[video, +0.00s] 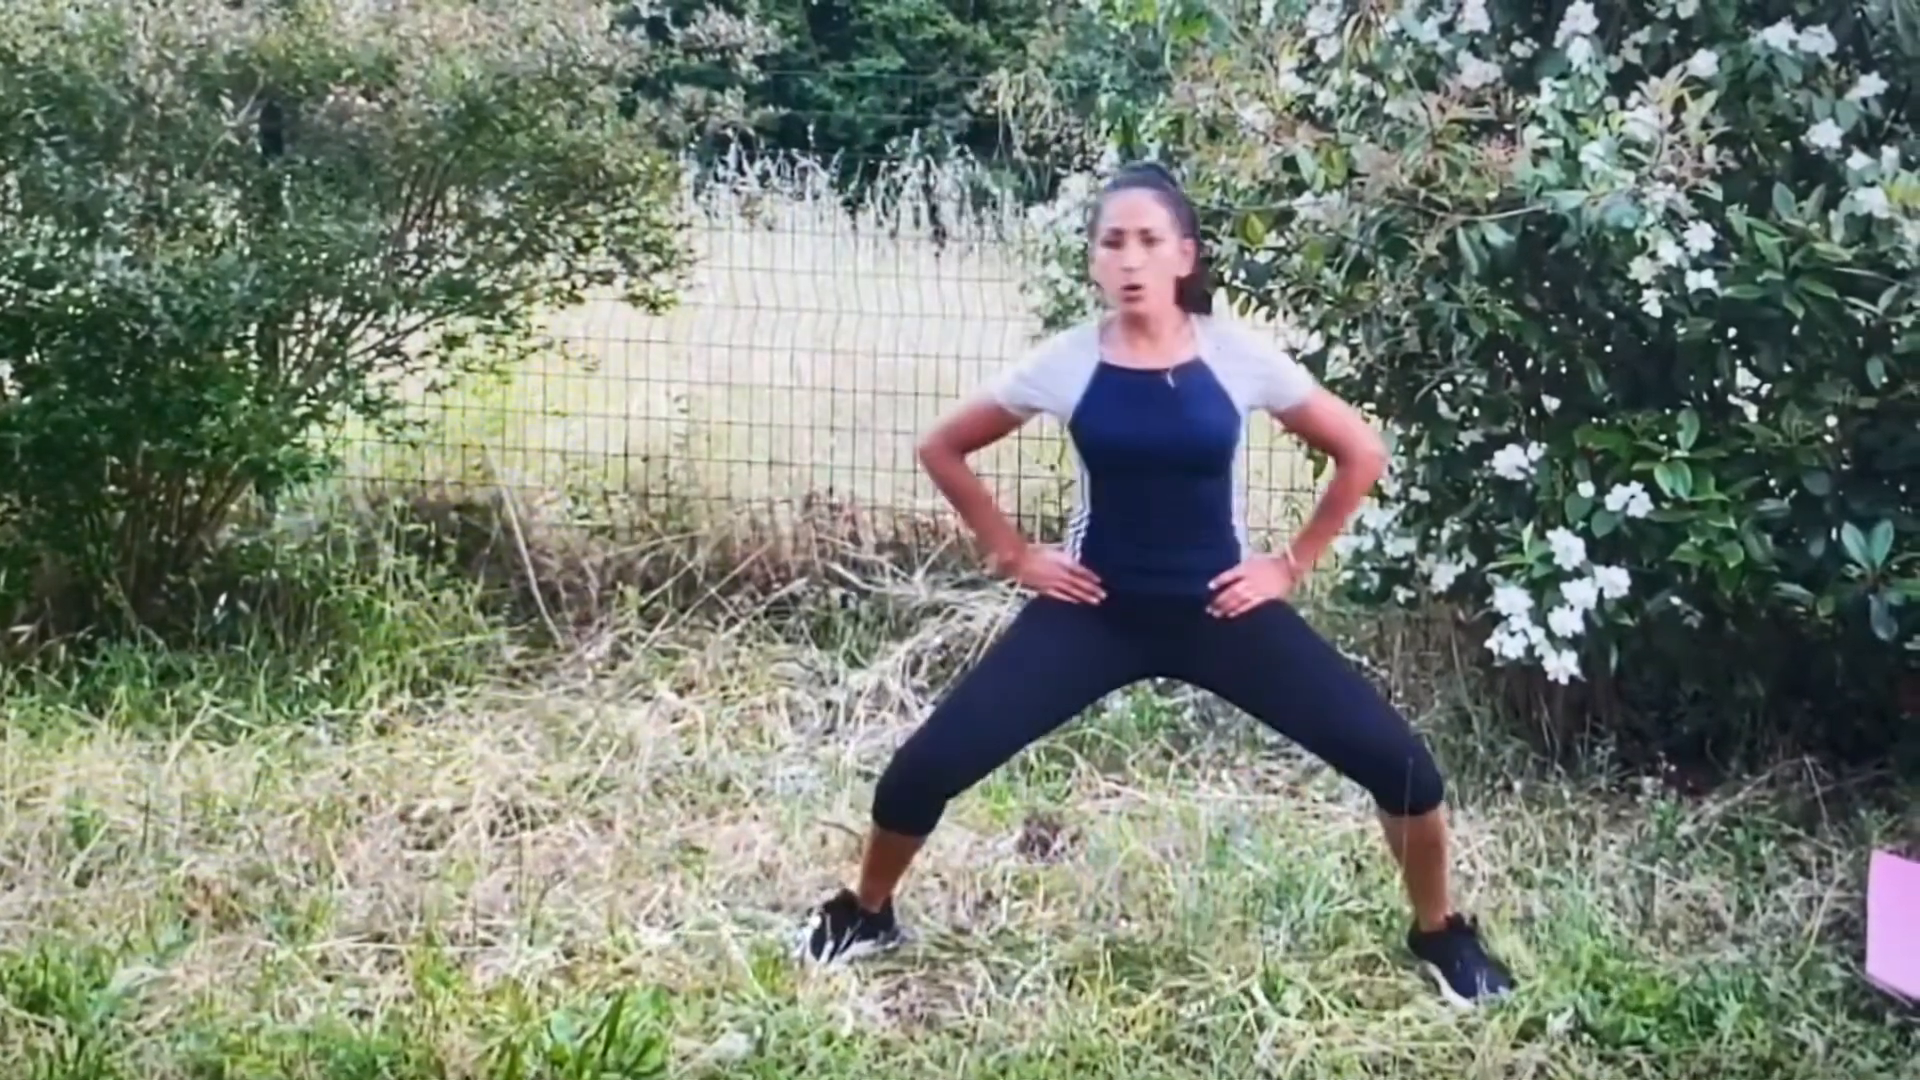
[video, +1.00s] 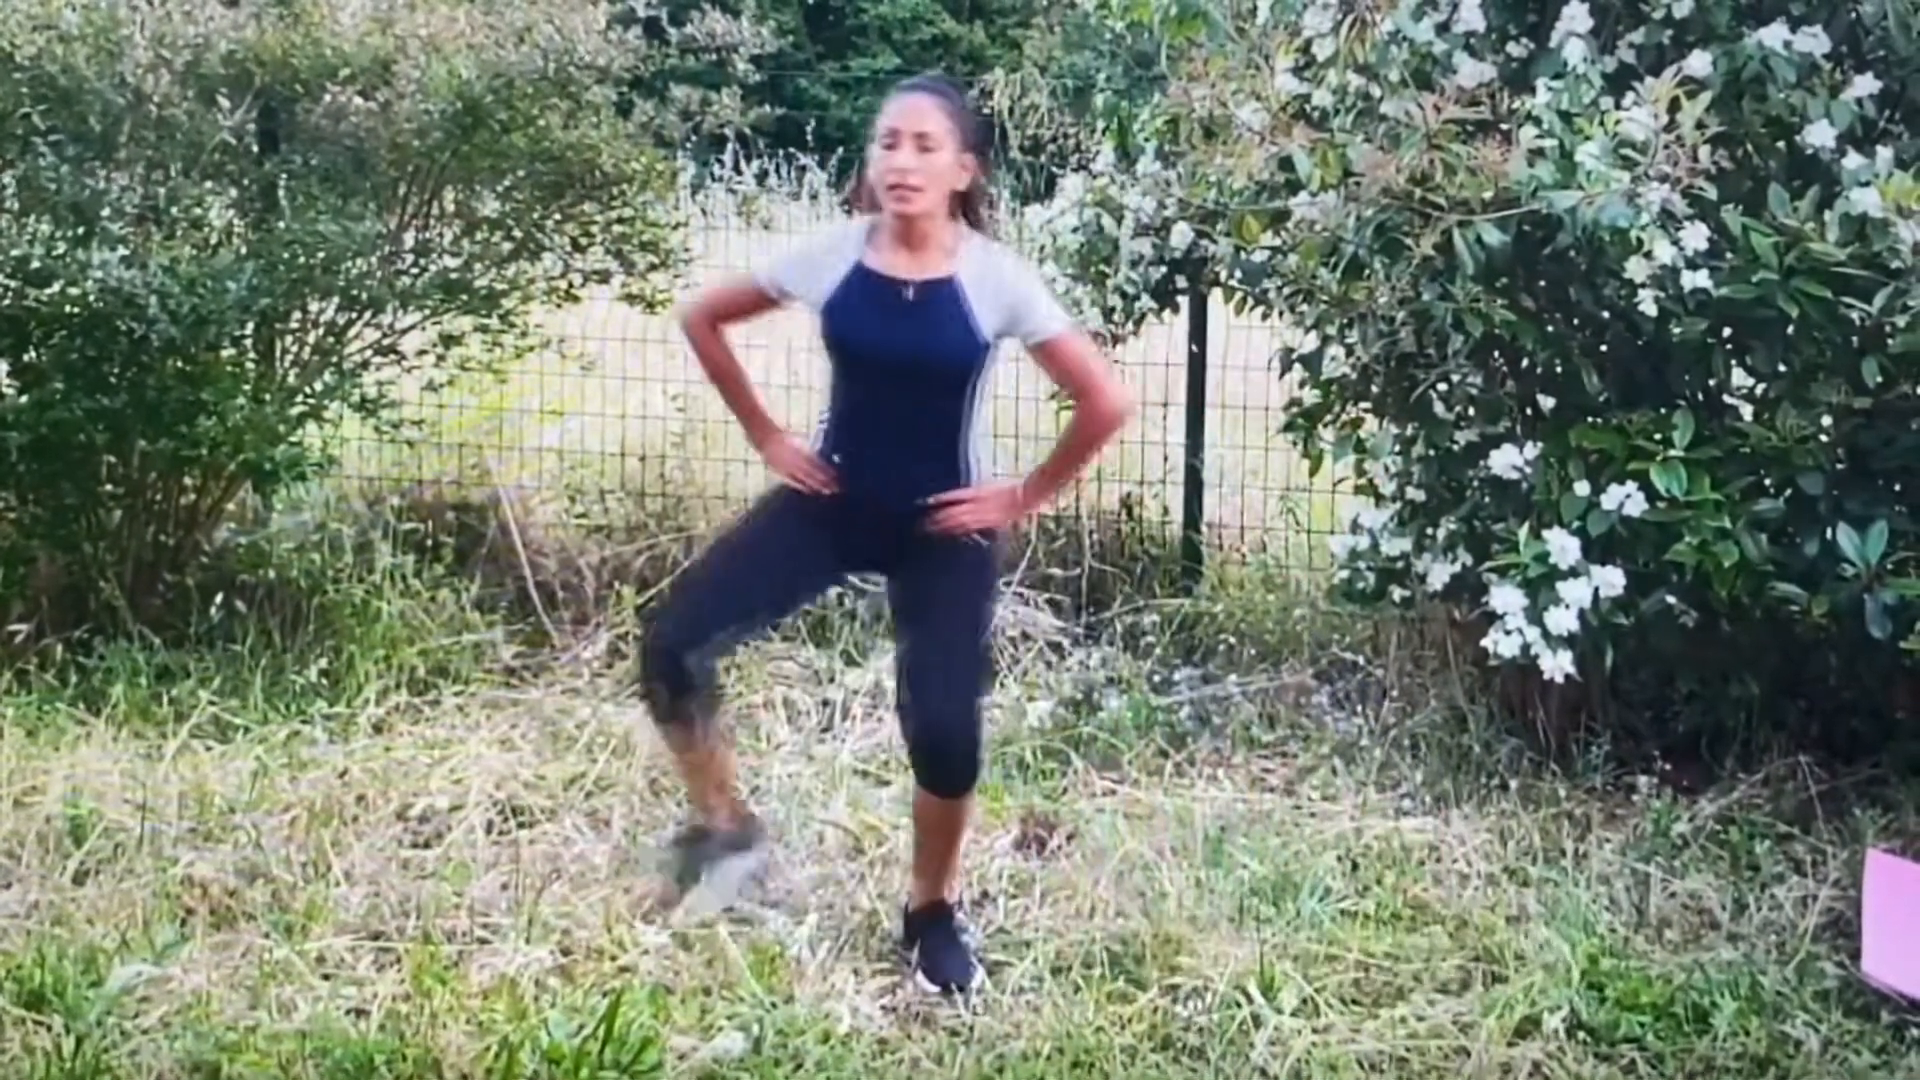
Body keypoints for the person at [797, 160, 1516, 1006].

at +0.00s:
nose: (1130, 258)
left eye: (1149, 241)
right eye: (1114, 242)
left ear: (1189, 256)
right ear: (1093, 260)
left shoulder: (1239, 355)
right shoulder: (1069, 362)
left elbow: (1364, 454)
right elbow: (941, 449)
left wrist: (1292, 565)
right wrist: (1013, 552)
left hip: (1226, 617)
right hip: (1091, 614)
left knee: (1405, 765)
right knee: (919, 773)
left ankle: (1441, 936)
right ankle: (864, 911)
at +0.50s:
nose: (1036, 243)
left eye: (1058, 225)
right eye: (1027, 224)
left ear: (1106, 246)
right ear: (1013, 242)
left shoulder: (1161, 343)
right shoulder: (1000, 351)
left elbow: (1303, 431)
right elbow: (897, 446)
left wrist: (1240, 542)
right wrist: (976, 538)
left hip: (1175, 601)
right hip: (1046, 598)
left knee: (1331, 768)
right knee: (887, 756)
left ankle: (1435, 933)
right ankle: (864, 910)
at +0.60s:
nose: (983, 210)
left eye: (1005, 193)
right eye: (970, 192)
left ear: (1048, 219)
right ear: (953, 213)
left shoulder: (1089, 317)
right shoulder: (929, 326)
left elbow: (1232, 397)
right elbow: (832, 419)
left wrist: (1174, 510)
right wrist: (906, 513)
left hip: (1107, 576)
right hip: (980, 578)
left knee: (1259, 749)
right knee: (846, 756)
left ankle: (1423, 925)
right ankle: (860, 908)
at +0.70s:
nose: (941, 185)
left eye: (966, 170)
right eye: (930, 166)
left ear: (1007, 199)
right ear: (911, 184)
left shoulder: (1045, 296)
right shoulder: (877, 294)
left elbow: (1185, 382)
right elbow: (773, 394)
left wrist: (1121, 491)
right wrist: (853, 498)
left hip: (1050, 549)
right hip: (928, 553)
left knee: (1175, 711)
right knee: (831, 753)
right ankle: (862, 910)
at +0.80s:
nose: (923, 167)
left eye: (947, 153)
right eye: (911, 148)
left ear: (985, 180)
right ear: (891, 167)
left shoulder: (1022, 281)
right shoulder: (854, 273)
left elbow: (1154, 381)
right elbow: (734, 365)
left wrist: (1082, 486)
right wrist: (816, 480)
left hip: (1011, 538)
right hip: (888, 536)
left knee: (1085, 710)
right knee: (812, 750)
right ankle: (860, 907)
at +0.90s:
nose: (914, 159)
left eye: (938, 144)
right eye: (901, 141)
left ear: (976, 171)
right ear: (882, 159)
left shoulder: (1013, 275)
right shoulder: (844, 257)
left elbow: (1130, 391)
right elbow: (717, 334)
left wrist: (1052, 490)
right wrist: (790, 455)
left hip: (976, 529)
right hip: (856, 516)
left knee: (993, 743)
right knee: (754, 707)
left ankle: (940, 905)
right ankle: (836, 875)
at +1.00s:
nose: (902, 161)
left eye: (925, 145)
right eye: (889, 143)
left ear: (966, 169)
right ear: (869, 162)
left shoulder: (998, 277)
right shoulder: (832, 253)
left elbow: (1106, 403)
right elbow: (701, 318)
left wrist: (1023, 499)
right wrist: (769, 438)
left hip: (945, 530)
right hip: (827, 507)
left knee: (947, 731)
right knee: (670, 642)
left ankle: (932, 908)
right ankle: (724, 828)